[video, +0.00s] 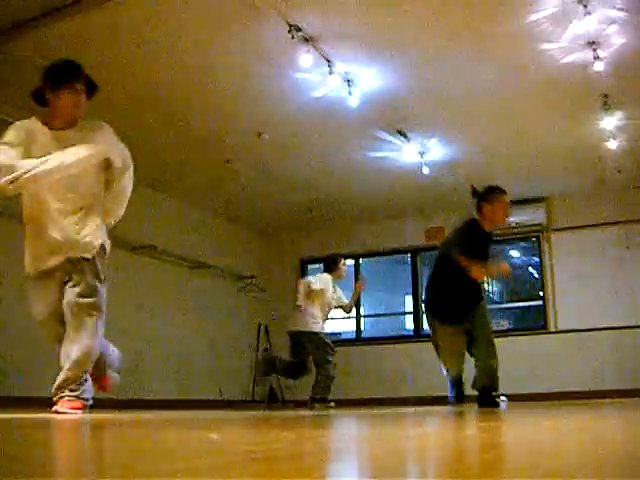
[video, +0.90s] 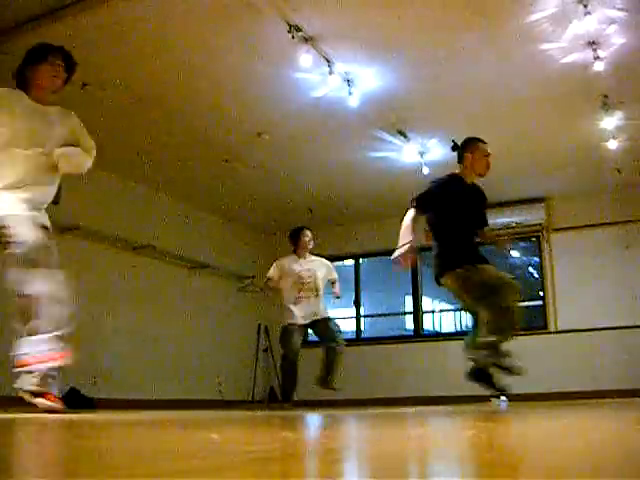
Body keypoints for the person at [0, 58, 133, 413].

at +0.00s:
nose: (79, 101)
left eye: (83, 93)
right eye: (70, 92)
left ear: (88, 99)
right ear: (48, 95)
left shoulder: (99, 135)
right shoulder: (26, 132)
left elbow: (123, 173)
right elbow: (2, 166)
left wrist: (108, 216)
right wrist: (41, 167)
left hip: (86, 229)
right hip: (42, 233)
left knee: (82, 304)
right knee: (46, 312)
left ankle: (72, 390)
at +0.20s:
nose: (82, 133)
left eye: (88, 127)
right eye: (74, 126)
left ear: (93, 133)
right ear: (56, 132)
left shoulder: (109, 171)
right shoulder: (41, 165)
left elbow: (122, 210)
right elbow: (26, 215)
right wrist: (71, 194)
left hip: (94, 255)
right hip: (56, 262)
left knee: (82, 304)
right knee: (74, 334)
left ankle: (73, 392)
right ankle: (127, 386)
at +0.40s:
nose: (24, 124)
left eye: (28, 115)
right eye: (24, 115)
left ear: (43, 114)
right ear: (47, 114)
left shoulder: (68, 141)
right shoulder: (56, 145)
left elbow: (102, 190)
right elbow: (71, 196)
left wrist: (45, 179)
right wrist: (33, 193)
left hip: (90, 243)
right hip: (74, 245)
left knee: (61, 303)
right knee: (80, 319)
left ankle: (73, 390)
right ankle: (127, 384)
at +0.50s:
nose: (29, 105)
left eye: (30, 100)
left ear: (31, 98)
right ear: (64, 99)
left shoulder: (20, 126)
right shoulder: (87, 127)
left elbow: (8, 157)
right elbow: (121, 156)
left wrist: (24, 177)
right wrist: (96, 186)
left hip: (65, 220)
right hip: (105, 222)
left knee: (48, 303)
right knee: (83, 295)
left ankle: (79, 385)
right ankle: (114, 361)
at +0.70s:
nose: (83, 112)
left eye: (85, 105)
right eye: (79, 104)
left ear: (63, 105)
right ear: (62, 101)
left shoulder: (53, 138)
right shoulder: (46, 118)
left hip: (22, 233)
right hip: (48, 222)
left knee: (46, 308)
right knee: (114, 253)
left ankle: (38, 392)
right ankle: (63, 315)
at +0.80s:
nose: (74, 92)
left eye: (77, 87)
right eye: (69, 84)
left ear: (74, 94)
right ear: (49, 83)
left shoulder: (65, 136)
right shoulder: (22, 109)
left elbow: (83, 188)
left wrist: (78, 156)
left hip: (35, 219)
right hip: (16, 211)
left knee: (50, 300)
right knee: (91, 249)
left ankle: (32, 387)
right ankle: (97, 327)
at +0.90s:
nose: (57, 73)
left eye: (63, 71)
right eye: (51, 65)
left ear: (64, 84)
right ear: (30, 68)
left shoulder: (65, 118)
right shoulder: (6, 101)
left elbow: (88, 150)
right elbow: (3, 157)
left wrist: (69, 158)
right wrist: (40, 159)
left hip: (35, 210)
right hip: (7, 203)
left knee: (36, 292)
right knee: (47, 280)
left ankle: (35, 379)